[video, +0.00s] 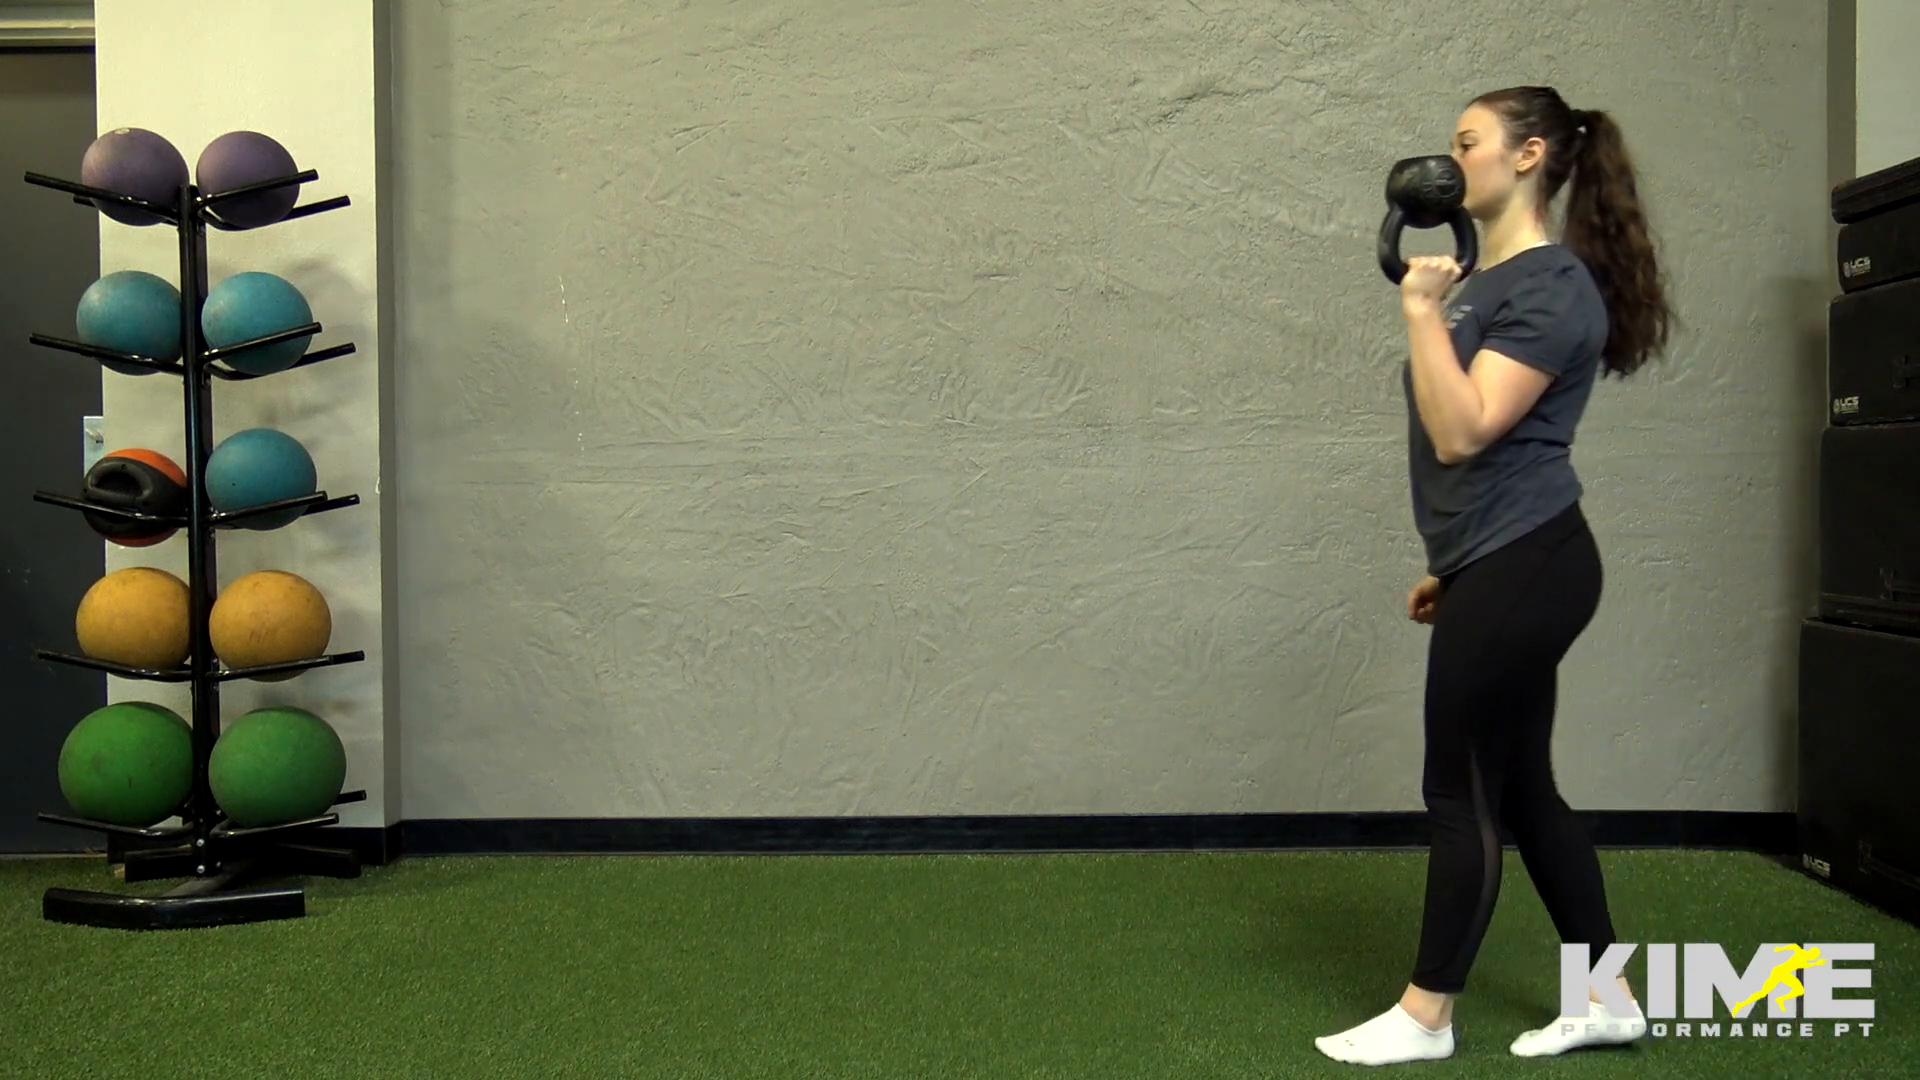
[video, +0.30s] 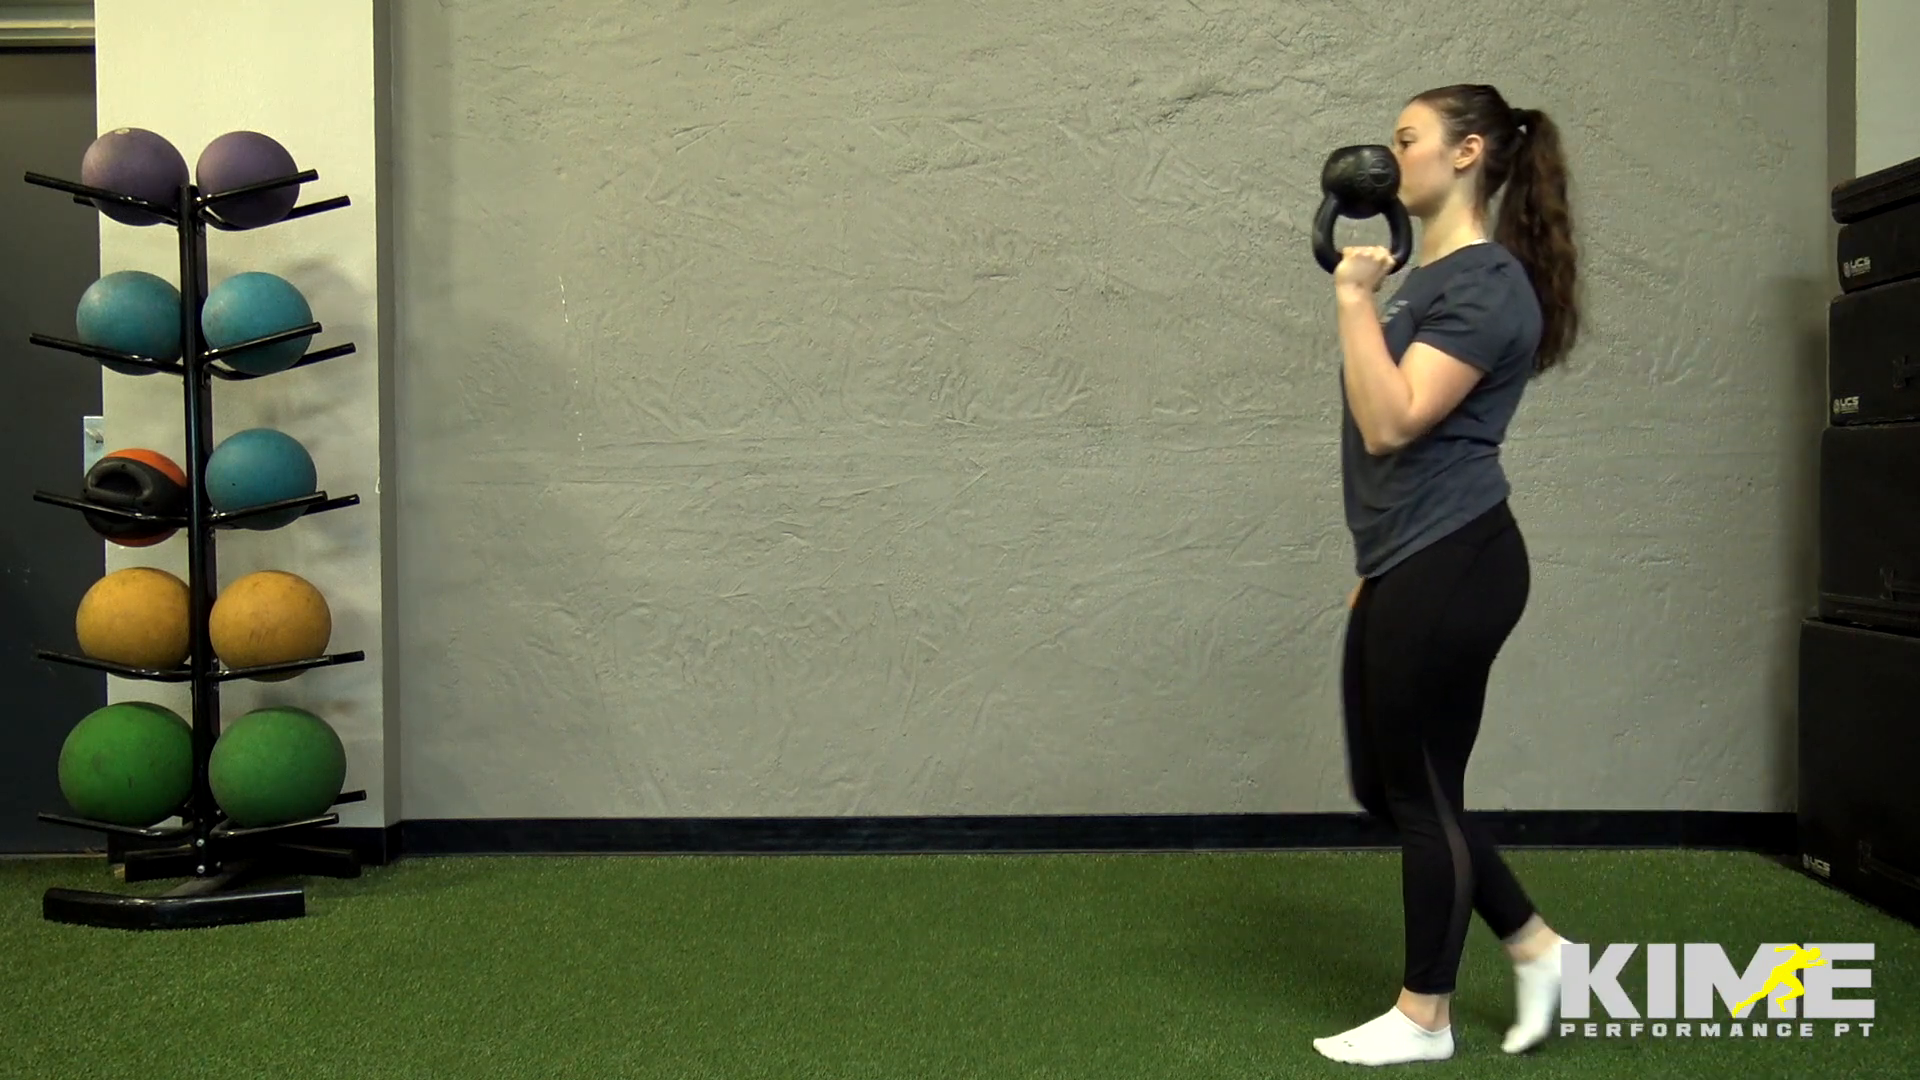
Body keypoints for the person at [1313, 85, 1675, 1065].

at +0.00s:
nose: (1451, 160)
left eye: (1470, 144)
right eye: (1453, 146)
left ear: (1532, 155)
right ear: (1513, 159)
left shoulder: (1555, 287)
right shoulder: (1488, 282)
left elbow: (1458, 433)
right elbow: (1491, 442)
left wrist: (1422, 311)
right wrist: (1454, 564)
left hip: (1526, 561)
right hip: (1495, 564)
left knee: (1459, 791)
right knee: (1523, 788)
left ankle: (1425, 1012)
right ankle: (1603, 993)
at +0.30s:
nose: (1391, 159)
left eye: (1409, 143)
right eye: (1394, 144)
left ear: (1469, 153)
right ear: (1452, 156)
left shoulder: (1491, 284)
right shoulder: (1422, 274)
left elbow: (1392, 422)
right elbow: (1395, 441)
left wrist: (1354, 299)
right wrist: (1376, 567)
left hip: (1454, 560)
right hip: (1404, 565)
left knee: (1423, 789)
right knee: (1385, 786)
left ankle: (1425, 1014)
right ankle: (1536, 946)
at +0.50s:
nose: (1352, 158)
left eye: (1370, 142)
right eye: (1355, 143)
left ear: (1430, 152)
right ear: (1414, 155)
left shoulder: (1454, 282)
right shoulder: (1391, 272)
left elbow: (1356, 420)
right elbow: (1347, 407)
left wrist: (1316, 300)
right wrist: (1320, 289)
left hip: (1422, 562)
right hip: (1358, 564)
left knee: (1405, 788)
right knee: (1306, 766)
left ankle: (1426, 1014)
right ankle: (1384, 965)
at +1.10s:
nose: (1227, 167)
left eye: (1243, 151)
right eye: (1231, 151)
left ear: (1301, 162)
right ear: (1292, 162)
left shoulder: (1324, 289)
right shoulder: (1262, 283)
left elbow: (1226, 424)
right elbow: (1215, 420)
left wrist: (1185, 305)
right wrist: (1188, 298)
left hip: (1296, 564)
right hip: (1233, 572)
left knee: (1302, 790)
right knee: (1235, 790)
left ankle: (1410, 996)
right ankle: (1230, 997)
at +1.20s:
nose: (1197, 169)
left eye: (1214, 152)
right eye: (1202, 152)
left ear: (1272, 167)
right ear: (1266, 169)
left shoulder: (1288, 291)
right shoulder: (1237, 285)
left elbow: (1194, 425)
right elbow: (1179, 429)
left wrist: (1151, 306)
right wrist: (1156, 306)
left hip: (1259, 562)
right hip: (1214, 568)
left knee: (1228, 789)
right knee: (1217, 785)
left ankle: (1377, 972)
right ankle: (1230, 996)